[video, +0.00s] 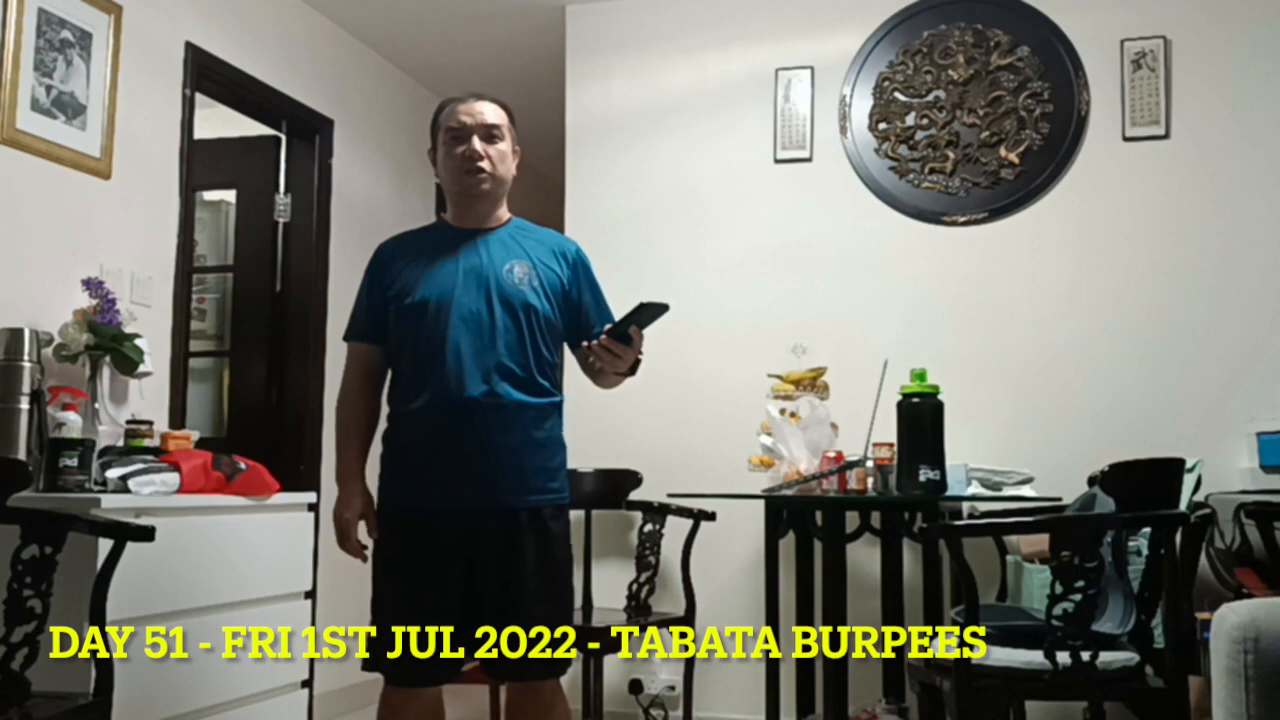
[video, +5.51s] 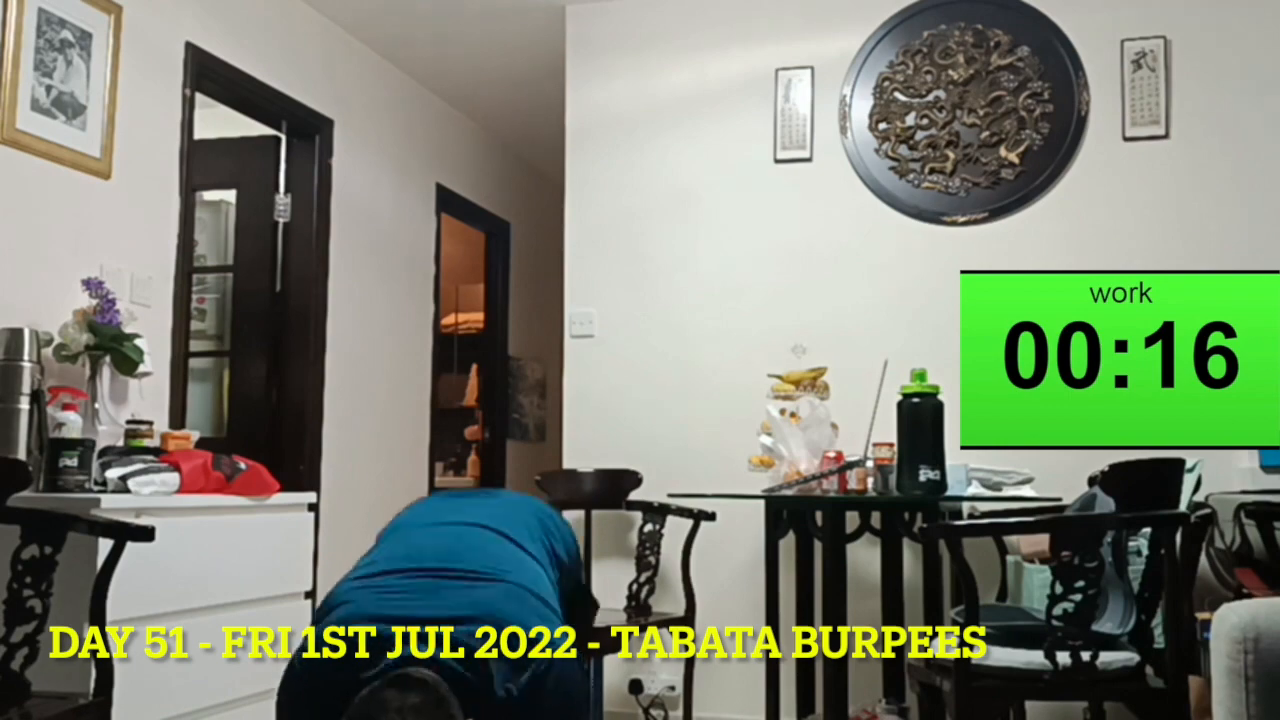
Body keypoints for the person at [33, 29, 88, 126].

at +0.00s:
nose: (66, 52)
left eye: (69, 48)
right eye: (63, 49)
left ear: (74, 49)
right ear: (61, 50)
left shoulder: (79, 66)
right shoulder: (61, 60)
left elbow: (69, 89)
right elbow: (57, 82)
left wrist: (48, 82)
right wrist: (49, 101)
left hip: (79, 102)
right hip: (62, 94)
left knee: (63, 98)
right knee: (47, 88)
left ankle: (69, 119)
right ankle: (61, 116)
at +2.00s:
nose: (66, 51)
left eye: (69, 48)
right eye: (63, 49)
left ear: (74, 49)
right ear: (61, 50)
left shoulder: (79, 66)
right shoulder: (62, 60)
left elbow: (69, 89)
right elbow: (57, 81)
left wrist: (49, 82)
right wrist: (49, 101)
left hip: (79, 102)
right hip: (64, 95)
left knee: (64, 98)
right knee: (48, 88)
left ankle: (70, 119)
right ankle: (61, 116)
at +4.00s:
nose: (66, 51)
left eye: (69, 48)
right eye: (63, 48)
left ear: (74, 49)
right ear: (61, 50)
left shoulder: (79, 66)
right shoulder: (61, 60)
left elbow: (70, 89)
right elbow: (57, 81)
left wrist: (49, 82)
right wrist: (49, 100)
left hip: (80, 102)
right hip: (63, 95)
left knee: (64, 98)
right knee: (48, 88)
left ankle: (70, 120)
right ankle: (61, 116)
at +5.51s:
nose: (66, 53)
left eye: (69, 48)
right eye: (63, 50)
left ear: (74, 49)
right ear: (60, 51)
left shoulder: (79, 66)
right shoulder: (61, 60)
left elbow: (69, 89)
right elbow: (57, 81)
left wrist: (49, 82)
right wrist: (49, 101)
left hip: (78, 102)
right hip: (62, 95)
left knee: (64, 98)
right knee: (47, 88)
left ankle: (70, 120)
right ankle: (60, 116)